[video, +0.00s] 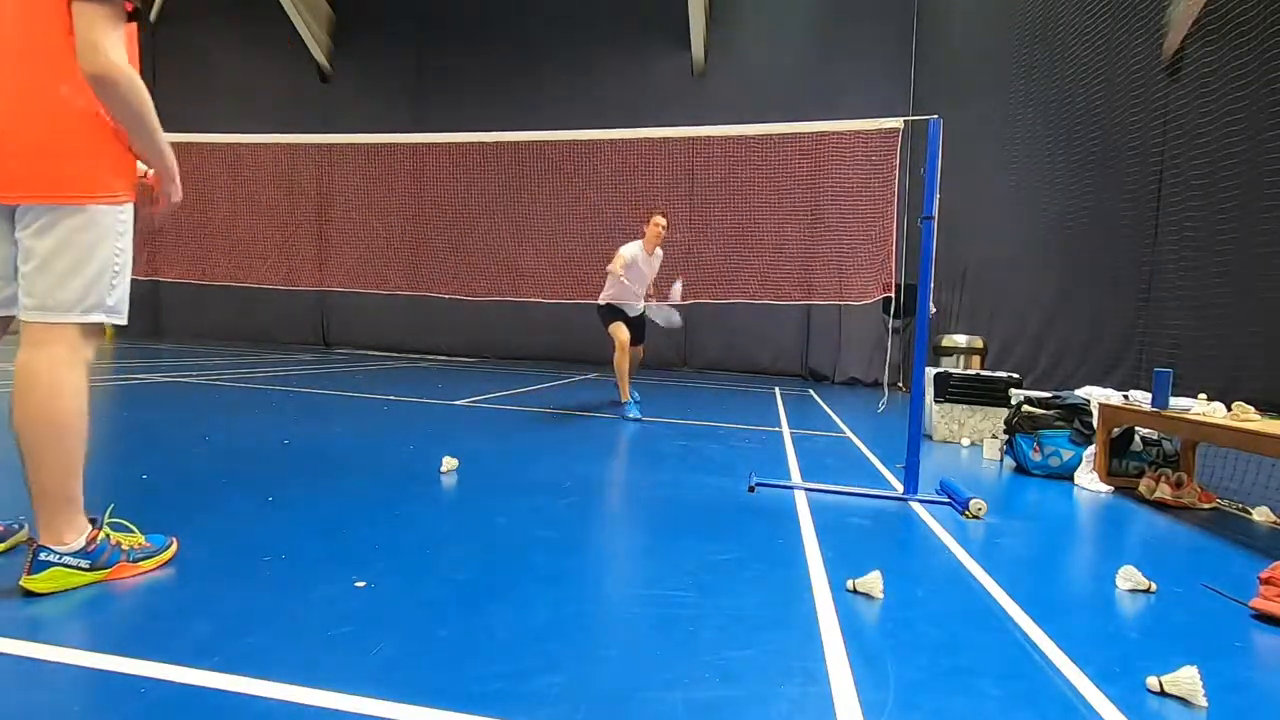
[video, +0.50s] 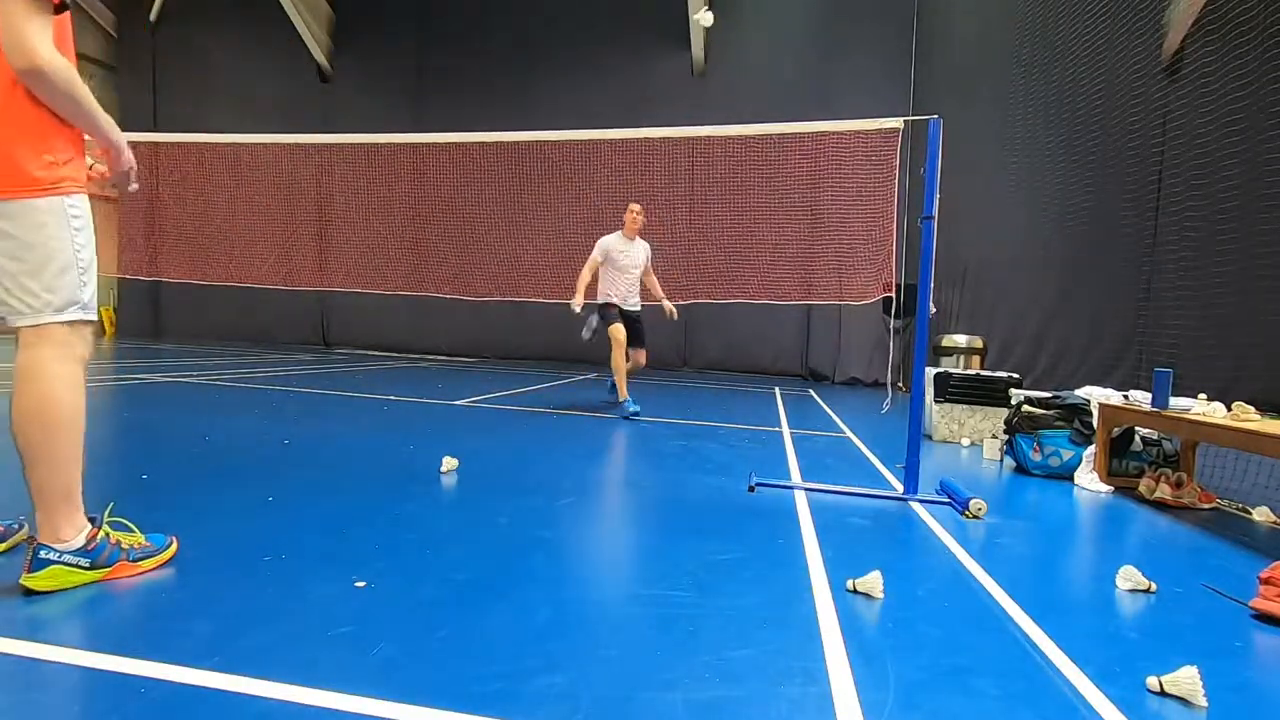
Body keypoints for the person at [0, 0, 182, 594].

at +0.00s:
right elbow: (102, 59)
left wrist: (122, 161)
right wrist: (162, 158)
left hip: (19, 148)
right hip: (66, 149)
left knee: (38, 335)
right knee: (56, 336)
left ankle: (52, 521)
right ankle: (64, 540)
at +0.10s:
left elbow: (30, 72)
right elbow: (92, 57)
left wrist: (97, 149)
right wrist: (155, 138)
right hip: (45, 157)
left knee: (40, 340)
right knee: (42, 342)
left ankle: (55, 525)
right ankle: (64, 540)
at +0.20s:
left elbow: (47, 58)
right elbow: (77, 54)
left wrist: (93, 145)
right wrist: (143, 130)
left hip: (26, 159)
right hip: (40, 160)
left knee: (34, 341)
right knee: (41, 342)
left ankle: (54, 523)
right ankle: (64, 539)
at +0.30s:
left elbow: (53, 56)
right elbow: (61, 55)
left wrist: (99, 139)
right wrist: (124, 129)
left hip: (26, 159)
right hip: (36, 159)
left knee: (34, 341)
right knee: (42, 342)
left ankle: (54, 522)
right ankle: (64, 539)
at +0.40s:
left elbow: (44, 57)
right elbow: (45, 57)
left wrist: (97, 139)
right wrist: (113, 137)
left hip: (24, 163)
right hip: (33, 163)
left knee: (33, 341)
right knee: (43, 342)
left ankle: (54, 522)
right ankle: (64, 539)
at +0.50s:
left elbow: (31, 57)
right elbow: (31, 56)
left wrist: (91, 143)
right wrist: (110, 138)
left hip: (25, 167)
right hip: (31, 167)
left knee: (40, 338)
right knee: (56, 339)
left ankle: (54, 521)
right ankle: (64, 538)